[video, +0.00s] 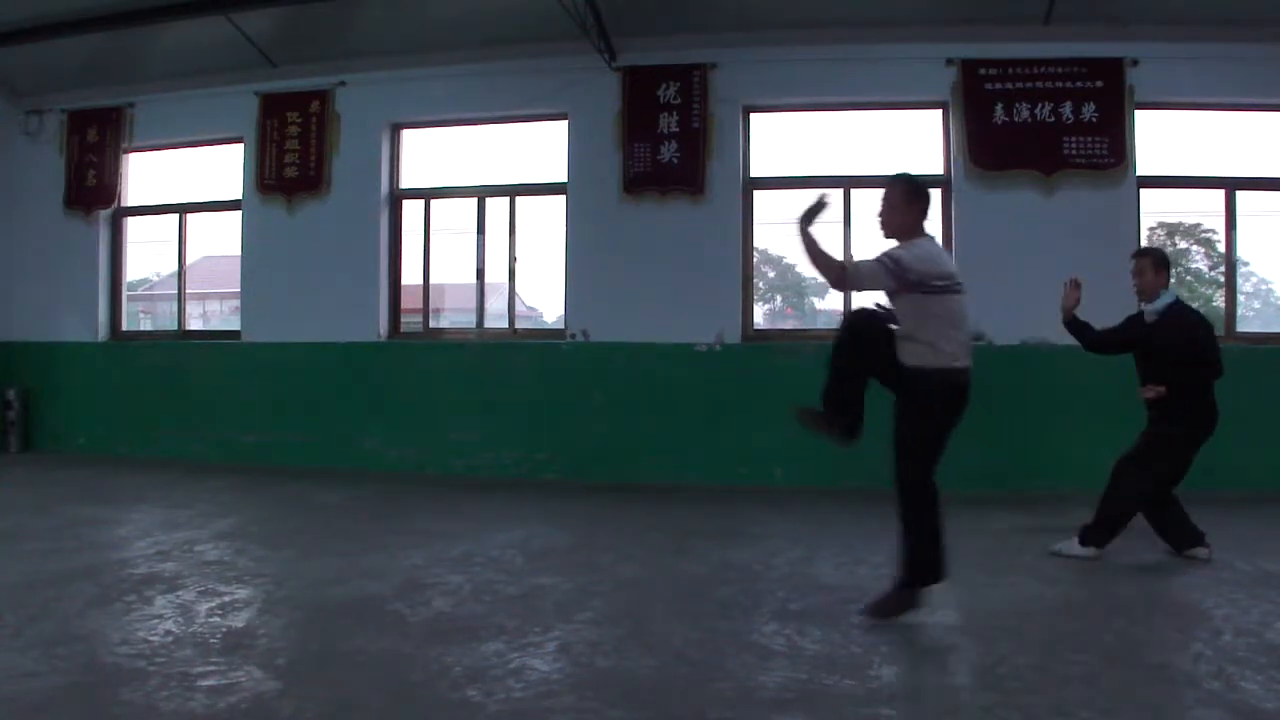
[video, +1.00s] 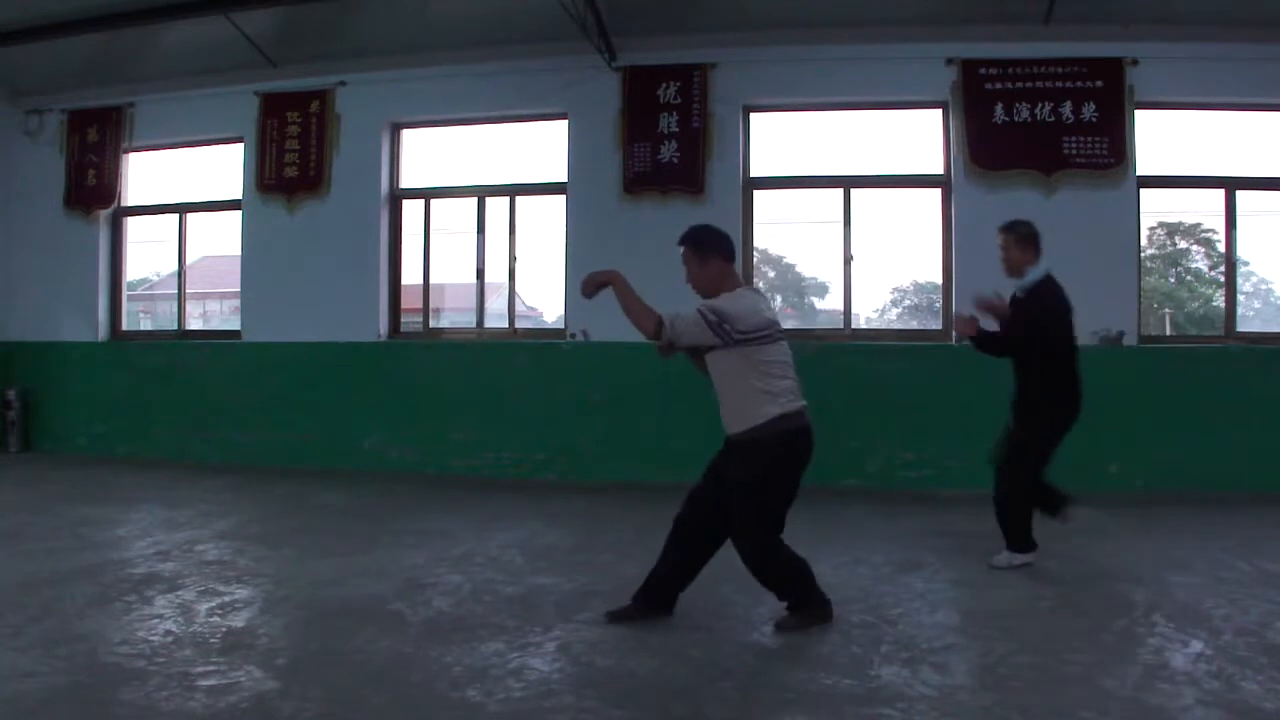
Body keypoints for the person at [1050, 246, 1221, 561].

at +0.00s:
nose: (1135, 282)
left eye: (1141, 275)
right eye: (1133, 276)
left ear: (1162, 277)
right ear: (1136, 278)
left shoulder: (1190, 321)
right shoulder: (1140, 323)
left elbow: (1212, 369)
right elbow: (1100, 343)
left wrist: (1168, 388)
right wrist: (1069, 316)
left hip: (1191, 418)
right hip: (1163, 417)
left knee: (1131, 471)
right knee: (1148, 482)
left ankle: (1091, 541)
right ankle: (1191, 544)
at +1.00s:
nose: (1001, 256)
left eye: (1006, 249)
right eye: (1001, 249)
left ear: (1026, 251)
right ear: (1027, 252)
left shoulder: (1037, 296)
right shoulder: (1040, 290)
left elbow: (1013, 346)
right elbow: (1037, 337)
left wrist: (975, 334)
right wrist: (1006, 316)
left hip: (1047, 402)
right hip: (1046, 398)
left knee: (1012, 468)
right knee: (1014, 464)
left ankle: (1020, 547)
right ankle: (1060, 506)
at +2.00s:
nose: (819, 283)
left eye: (822, 276)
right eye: (819, 276)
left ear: (838, 276)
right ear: (851, 277)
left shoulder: (849, 320)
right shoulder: (848, 315)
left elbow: (796, 326)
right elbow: (839, 367)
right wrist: (812, 353)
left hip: (874, 432)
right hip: (847, 427)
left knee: (855, 518)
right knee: (788, 484)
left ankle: (905, 547)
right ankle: (759, 546)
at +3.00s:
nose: (817, 268)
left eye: (822, 261)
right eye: (817, 261)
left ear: (842, 262)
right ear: (844, 263)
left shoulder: (850, 308)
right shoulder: (851, 302)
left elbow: (795, 325)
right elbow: (845, 352)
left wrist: (755, 292)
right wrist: (811, 347)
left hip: (869, 420)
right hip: (847, 415)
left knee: (861, 496)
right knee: (800, 481)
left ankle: (907, 548)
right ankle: (765, 546)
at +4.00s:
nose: (686, 263)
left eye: (690, 255)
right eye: (687, 255)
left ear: (706, 258)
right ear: (714, 259)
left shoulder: (713, 301)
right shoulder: (731, 300)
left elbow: (673, 344)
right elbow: (700, 347)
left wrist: (643, 319)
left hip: (724, 415)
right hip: (746, 414)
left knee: (675, 473)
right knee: (749, 495)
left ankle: (685, 548)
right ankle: (817, 519)